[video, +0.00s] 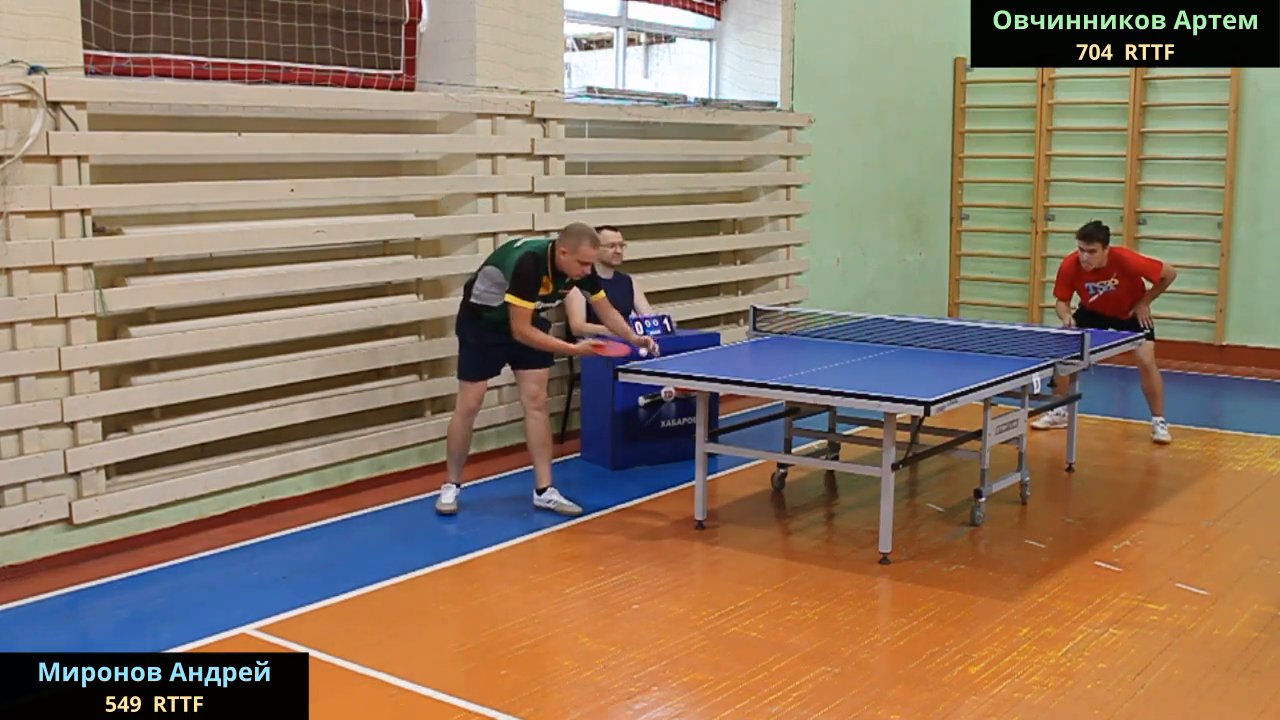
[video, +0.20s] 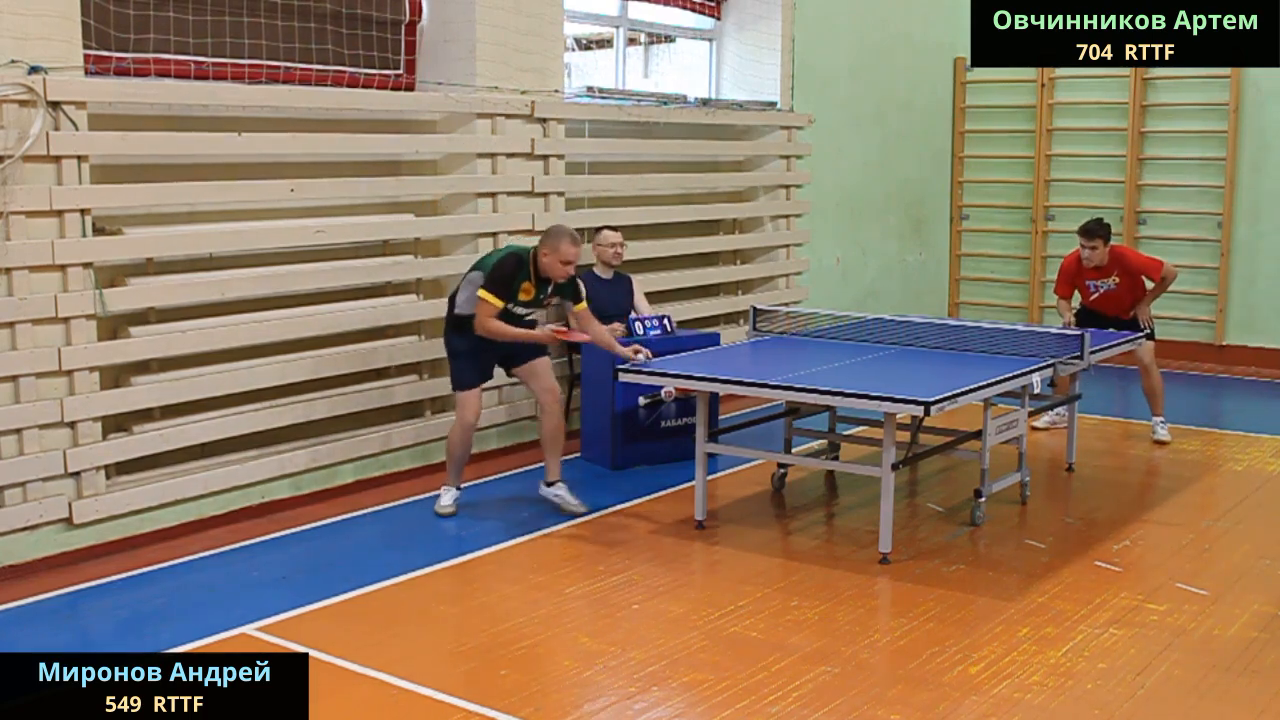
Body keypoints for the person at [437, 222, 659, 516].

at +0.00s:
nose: (588, 271)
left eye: (591, 265)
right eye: (583, 264)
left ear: (593, 259)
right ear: (562, 253)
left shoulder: (580, 268)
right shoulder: (529, 262)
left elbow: (606, 309)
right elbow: (521, 330)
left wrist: (632, 337)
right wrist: (572, 349)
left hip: (526, 322)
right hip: (481, 321)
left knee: (536, 400)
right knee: (469, 404)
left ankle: (544, 490)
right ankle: (451, 485)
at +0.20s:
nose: (571, 271)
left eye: (574, 264)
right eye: (566, 263)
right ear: (543, 254)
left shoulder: (565, 279)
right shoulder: (509, 266)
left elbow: (588, 323)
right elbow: (481, 324)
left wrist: (622, 351)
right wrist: (535, 336)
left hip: (516, 328)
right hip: (468, 330)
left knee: (551, 396)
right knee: (468, 416)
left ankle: (553, 483)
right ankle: (451, 487)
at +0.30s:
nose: (566, 275)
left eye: (569, 268)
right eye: (560, 267)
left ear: (570, 265)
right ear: (537, 262)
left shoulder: (561, 286)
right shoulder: (504, 272)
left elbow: (582, 331)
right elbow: (475, 331)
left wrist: (622, 350)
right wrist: (529, 330)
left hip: (513, 340)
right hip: (466, 341)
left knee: (555, 402)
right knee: (469, 428)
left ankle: (583, 490)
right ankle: (451, 488)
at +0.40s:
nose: (566, 280)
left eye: (569, 273)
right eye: (559, 273)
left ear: (569, 273)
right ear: (536, 271)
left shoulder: (561, 297)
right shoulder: (503, 283)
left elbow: (588, 341)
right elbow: (476, 339)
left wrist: (630, 353)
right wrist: (524, 326)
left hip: (513, 352)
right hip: (469, 357)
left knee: (562, 409)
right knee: (477, 440)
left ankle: (596, 496)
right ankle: (452, 490)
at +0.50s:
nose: (568, 282)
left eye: (570, 275)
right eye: (560, 276)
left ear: (570, 274)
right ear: (537, 276)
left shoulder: (565, 302)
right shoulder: (501, 293)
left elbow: (597, 344)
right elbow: (476, 351)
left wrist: (639, 353)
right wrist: (524, 339)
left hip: (526, 361)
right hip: (481, 368)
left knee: (578, 410)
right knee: (488, 450)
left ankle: (599, 498)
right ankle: (455, 487)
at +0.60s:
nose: (566, 277)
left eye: (567, 270)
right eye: (558, 271)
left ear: (568, 269)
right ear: (534, 273)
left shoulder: (567, 296)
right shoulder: (499, 297)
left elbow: (608, 333)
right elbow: (475, 352)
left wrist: (647, 336)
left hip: (535, 363)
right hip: (491, 367)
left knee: (587, 411)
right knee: (493, 457)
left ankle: (599, 498)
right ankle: (457, 487)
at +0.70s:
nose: (562, 263)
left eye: (562, 255)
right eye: (554, 257)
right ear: (530, 262)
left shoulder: (568, 285)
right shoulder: (497, 289)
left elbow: (611, 313)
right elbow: (464, 337)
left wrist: (639, 300)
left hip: (540, 365)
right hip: (494, 371)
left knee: (590, 411)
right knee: (492, 455)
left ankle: (600, 498)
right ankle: (456, 488)